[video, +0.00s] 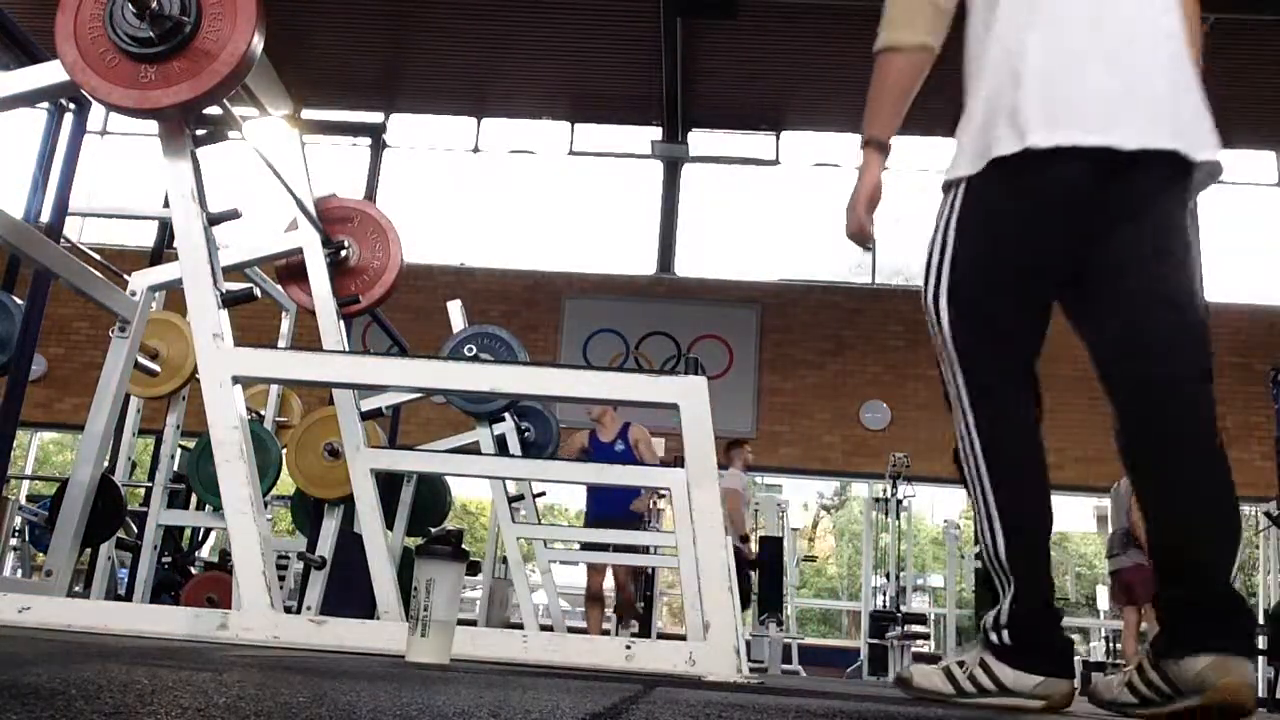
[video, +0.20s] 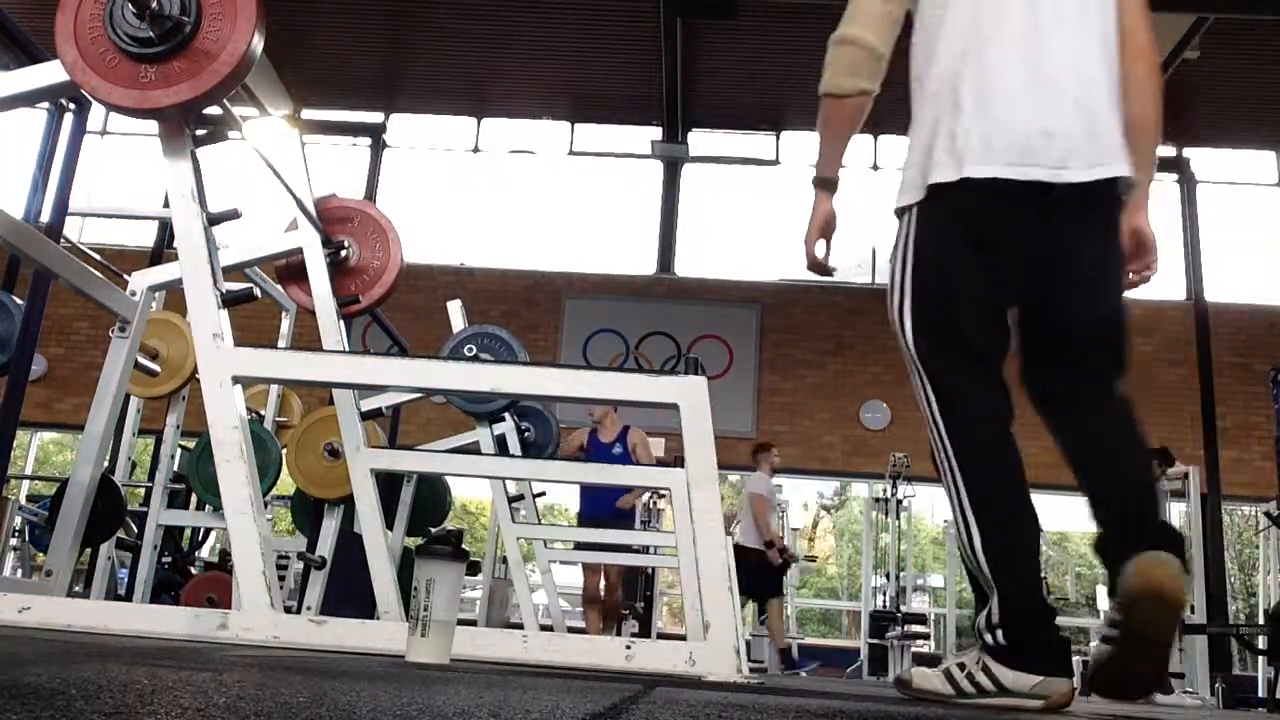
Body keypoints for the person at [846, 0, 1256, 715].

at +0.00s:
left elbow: (917, 18)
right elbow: (1186, 27)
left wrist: (874, 151)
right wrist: (1164, 140)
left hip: (1023, 123)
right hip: (1154, 126)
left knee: (989, 390)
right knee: (1171, 401)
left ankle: (1028, 651)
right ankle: (1209, 643)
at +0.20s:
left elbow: (860, 44)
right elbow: (1140, 52)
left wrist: (826, 183)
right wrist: (1136, 193)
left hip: (962, 179)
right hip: (1087, 180)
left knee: (968, 418)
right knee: (1081, 383)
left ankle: (1026, 652)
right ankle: (1145, 554)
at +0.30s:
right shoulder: (1083, 3)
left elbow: (844, 51)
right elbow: (1114, 67)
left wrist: (810, 184)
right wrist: (1118, 204)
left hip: (941, 170)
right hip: (1053, 178)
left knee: (960, 418)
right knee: (1039, 388)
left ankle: (1020, 651)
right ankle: (1103, 582)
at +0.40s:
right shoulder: (1056, 5)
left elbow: (835, 49)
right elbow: (1079, 79)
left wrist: (802, 185)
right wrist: (1081, 215)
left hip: (931, 170)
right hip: (1031, 179)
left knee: (951, 415)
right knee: (988, 412)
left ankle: (1028, 654)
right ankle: (1016, 647)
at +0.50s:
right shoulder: (1019, 9)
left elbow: (831, 53)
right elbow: (1038, 90)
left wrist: (799, 191)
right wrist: (1025, 223)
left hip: (919, 183)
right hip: (995, 194)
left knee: (938, 415)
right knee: (929, 417)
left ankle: (1024, 652)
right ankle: (915, 636)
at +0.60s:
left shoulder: (865, 2)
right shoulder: (967, 21)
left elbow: (831, 57)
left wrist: (800, 197)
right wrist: (970, 249)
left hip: (908, 173)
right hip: (970, 178)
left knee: (928, 413)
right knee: (872, 420)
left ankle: (1028, 653)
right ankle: (813, 632)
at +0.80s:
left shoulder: (828, 4)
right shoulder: (836, 13)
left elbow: (819, 67)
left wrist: (787, 203)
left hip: (875, 189)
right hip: (848, 199)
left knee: (866, 424)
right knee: (781, 425)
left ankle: (1011, 634)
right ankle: (728, 636)